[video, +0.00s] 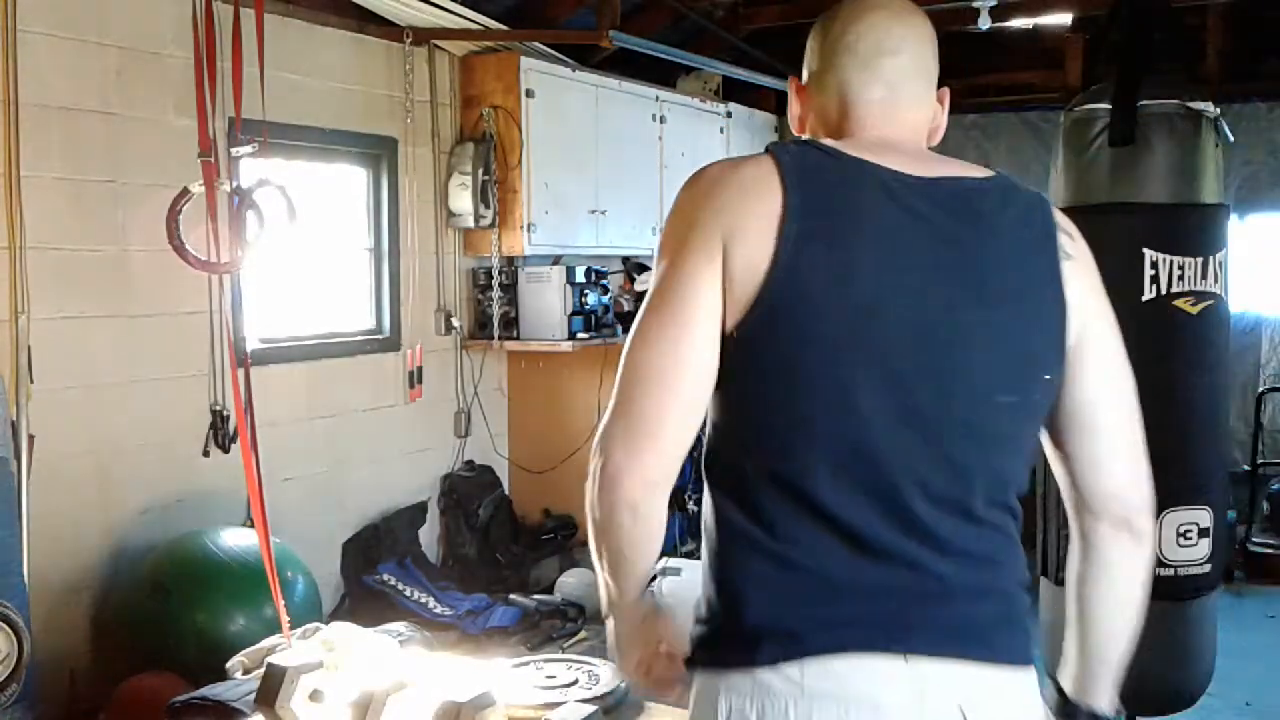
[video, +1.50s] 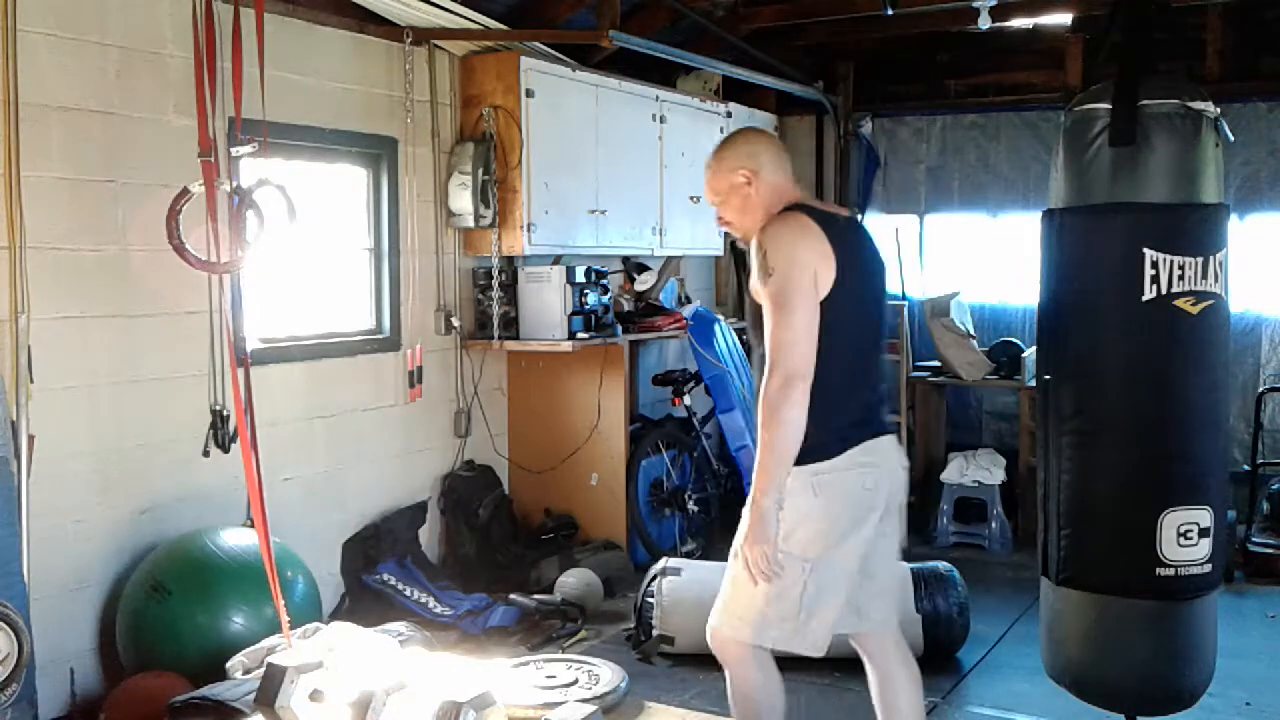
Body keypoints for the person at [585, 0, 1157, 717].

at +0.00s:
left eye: (786, 106)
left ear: (801, 105)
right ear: (940, 116)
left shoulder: (736, 194)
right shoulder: (1049, 234)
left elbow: (630, 470)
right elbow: (1121, 513)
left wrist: (629, 607)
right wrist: (1086, 697)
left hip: (785, 670)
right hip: (987, 673)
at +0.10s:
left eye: (792, 106)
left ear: (801, 111)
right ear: (934, 115)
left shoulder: (737, 189)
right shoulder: (1032, 226)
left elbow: (645, 441)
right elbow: (1103, 485)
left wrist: (608, 624)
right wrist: (1058, 658)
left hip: (785, 639)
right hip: (977, 648)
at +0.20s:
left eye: (792, 109)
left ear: (801, 113)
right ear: (925, 117)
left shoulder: (737, 188)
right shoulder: (1022, 217)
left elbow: (649, 417)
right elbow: (1088, 460)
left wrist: (600, 605)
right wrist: (1035, 601)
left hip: (779, 617)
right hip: (963, 628)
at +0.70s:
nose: (772, 165)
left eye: (771, 154)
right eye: (870, 144)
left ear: (777, 161)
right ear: (869, 152)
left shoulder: (728, 233)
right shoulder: (941, 223)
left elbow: (683, 412)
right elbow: (1009, 401)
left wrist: (678, 538)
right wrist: (1017, 549)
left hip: (777, 534)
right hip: (914, 539)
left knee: (787, 708)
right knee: (924, 707)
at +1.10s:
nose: (774, 191)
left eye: (771, 181)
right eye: (774, 183)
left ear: (781, 177)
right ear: (855, 174)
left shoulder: (758, 243)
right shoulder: (928, 240)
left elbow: (701, 392)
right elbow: (991, 381)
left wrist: (691, 468)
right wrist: (1002, 505)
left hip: (804, 501)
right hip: (917, 502)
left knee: (814, 707)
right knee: (926, 692)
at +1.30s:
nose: (761, 210)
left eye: (758, 196)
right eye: (758, 198)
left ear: (776, 184)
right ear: (833, 178)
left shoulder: (781, 237)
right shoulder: (912, 236)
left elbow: (759, 383)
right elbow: (955, 367)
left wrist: (731, 496)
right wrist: (950, 475)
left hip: (826, 487)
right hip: (917, 477)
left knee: (780, 655)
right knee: (910, 650)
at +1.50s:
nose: (720, 220)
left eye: (720, 204)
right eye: (714, 208)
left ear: (752, 182)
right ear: (774, 181)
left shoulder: (785, 235)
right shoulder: (848, 227)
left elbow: (789, 377)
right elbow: (857, 363)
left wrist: (760, 504)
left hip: (819, 480)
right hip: (879, 466)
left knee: (734, 637)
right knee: (879, 633)